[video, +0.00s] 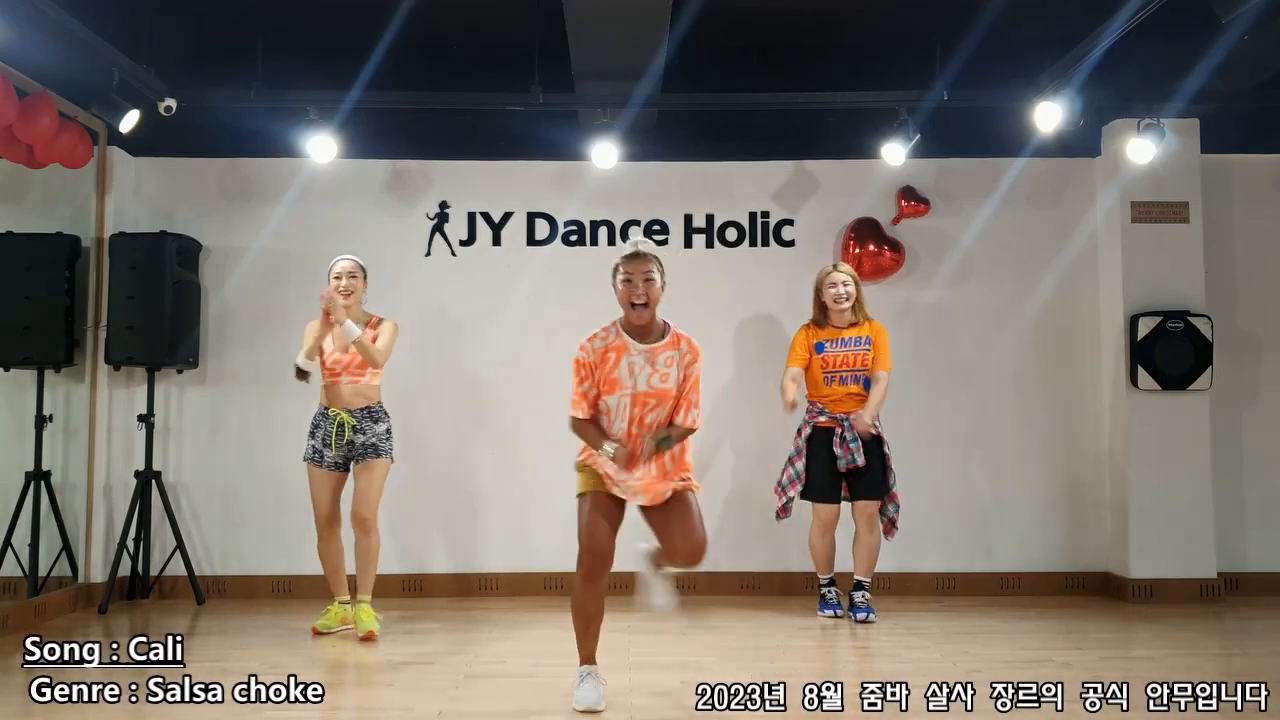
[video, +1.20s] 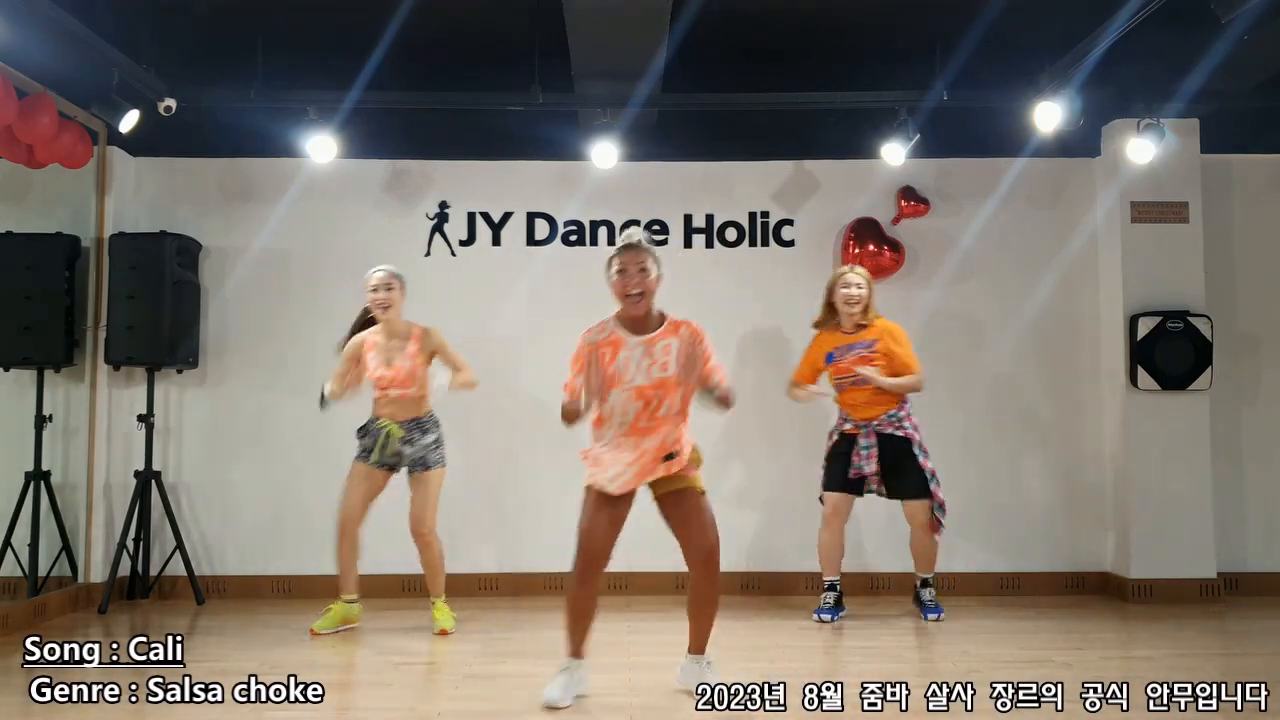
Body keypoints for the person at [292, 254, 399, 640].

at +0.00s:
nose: (344, 282)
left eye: (353, 276)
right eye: (338, 276)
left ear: (364, 287)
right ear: (328, 287)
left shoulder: (382, 326)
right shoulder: (318, 327)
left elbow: (377, 359)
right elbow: (303, 372)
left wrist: (343, 320)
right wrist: (308, 355)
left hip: (371, 425)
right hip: (328, 426)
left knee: (363, 518)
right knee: (326, 520)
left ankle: (365, 605)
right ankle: (341, 604)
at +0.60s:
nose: (306, 294)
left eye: (315, 287)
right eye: (302, 289)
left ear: (336, 291)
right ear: (301, 297)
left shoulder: (359, 326)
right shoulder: (309, 339)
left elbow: (400, 322)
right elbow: (273, 354)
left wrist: (372, 328)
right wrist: (271, 367)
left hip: (371, 429)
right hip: (332, 435)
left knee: (382, 515)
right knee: (323, 522)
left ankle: (396, 582)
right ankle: (342, 604)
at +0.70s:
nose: (306, 288)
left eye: (313, 282)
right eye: (306, 283)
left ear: (336, 285)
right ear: (311, 289)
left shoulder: (355, 317)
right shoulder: (311, 325)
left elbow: (372, 276)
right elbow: (269, 314)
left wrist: (329, 258)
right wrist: (259, 284)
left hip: (375, 418)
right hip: (338, 426)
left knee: (408, 505)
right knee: (332, 518)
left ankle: (440, 581)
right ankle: (343, 603)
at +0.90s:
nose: (318, 288)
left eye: (326, 280)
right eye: (314, 282)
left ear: (348, 287)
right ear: (313, 290)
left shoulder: (363, 324)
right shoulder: (322, 328)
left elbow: (364, 294)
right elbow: (275, 321)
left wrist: (316, 269)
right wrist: (257, 291)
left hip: (389, 420)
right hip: (353, 428)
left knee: (422, 512)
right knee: (333, 516)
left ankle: (462, 588)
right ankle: (343, 604)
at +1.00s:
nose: (334, 298)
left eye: (343, 291)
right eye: (328, 291)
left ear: (360, 297)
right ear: (323, 298)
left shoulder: (379, 332)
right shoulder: (329, 345)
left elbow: (416, 362)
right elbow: (301, 383)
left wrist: (377, 361)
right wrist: (293, 375)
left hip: (396, 433)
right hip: (358, 438)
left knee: (413, 523)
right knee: (327, 522)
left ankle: (446, 595)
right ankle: (342, 605)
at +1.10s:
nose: (358, 303)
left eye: (366, 296)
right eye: (352, 297)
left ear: (381, 303)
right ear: (345, 306)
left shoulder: (404, 345)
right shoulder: (345, 354)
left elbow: (443, 391)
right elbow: (331, 402)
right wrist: (321, 423)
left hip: (406, 441)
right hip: (365, 443)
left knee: (414, 534)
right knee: (325, 524)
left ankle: (439, 604)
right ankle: (341, 606)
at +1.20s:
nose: (381, 296)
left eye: (389, 289)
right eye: (374, 290)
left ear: (403, 295)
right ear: (367, 299)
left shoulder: (426, 337)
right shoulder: (361, 343)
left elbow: (468, 375)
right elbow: (332, 392)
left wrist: (456, 381)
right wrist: (344, 381)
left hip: (423, 434)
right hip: (380, 434)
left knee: (423, 528)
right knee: (348, 518)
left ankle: (439, 603)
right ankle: (349, 603)